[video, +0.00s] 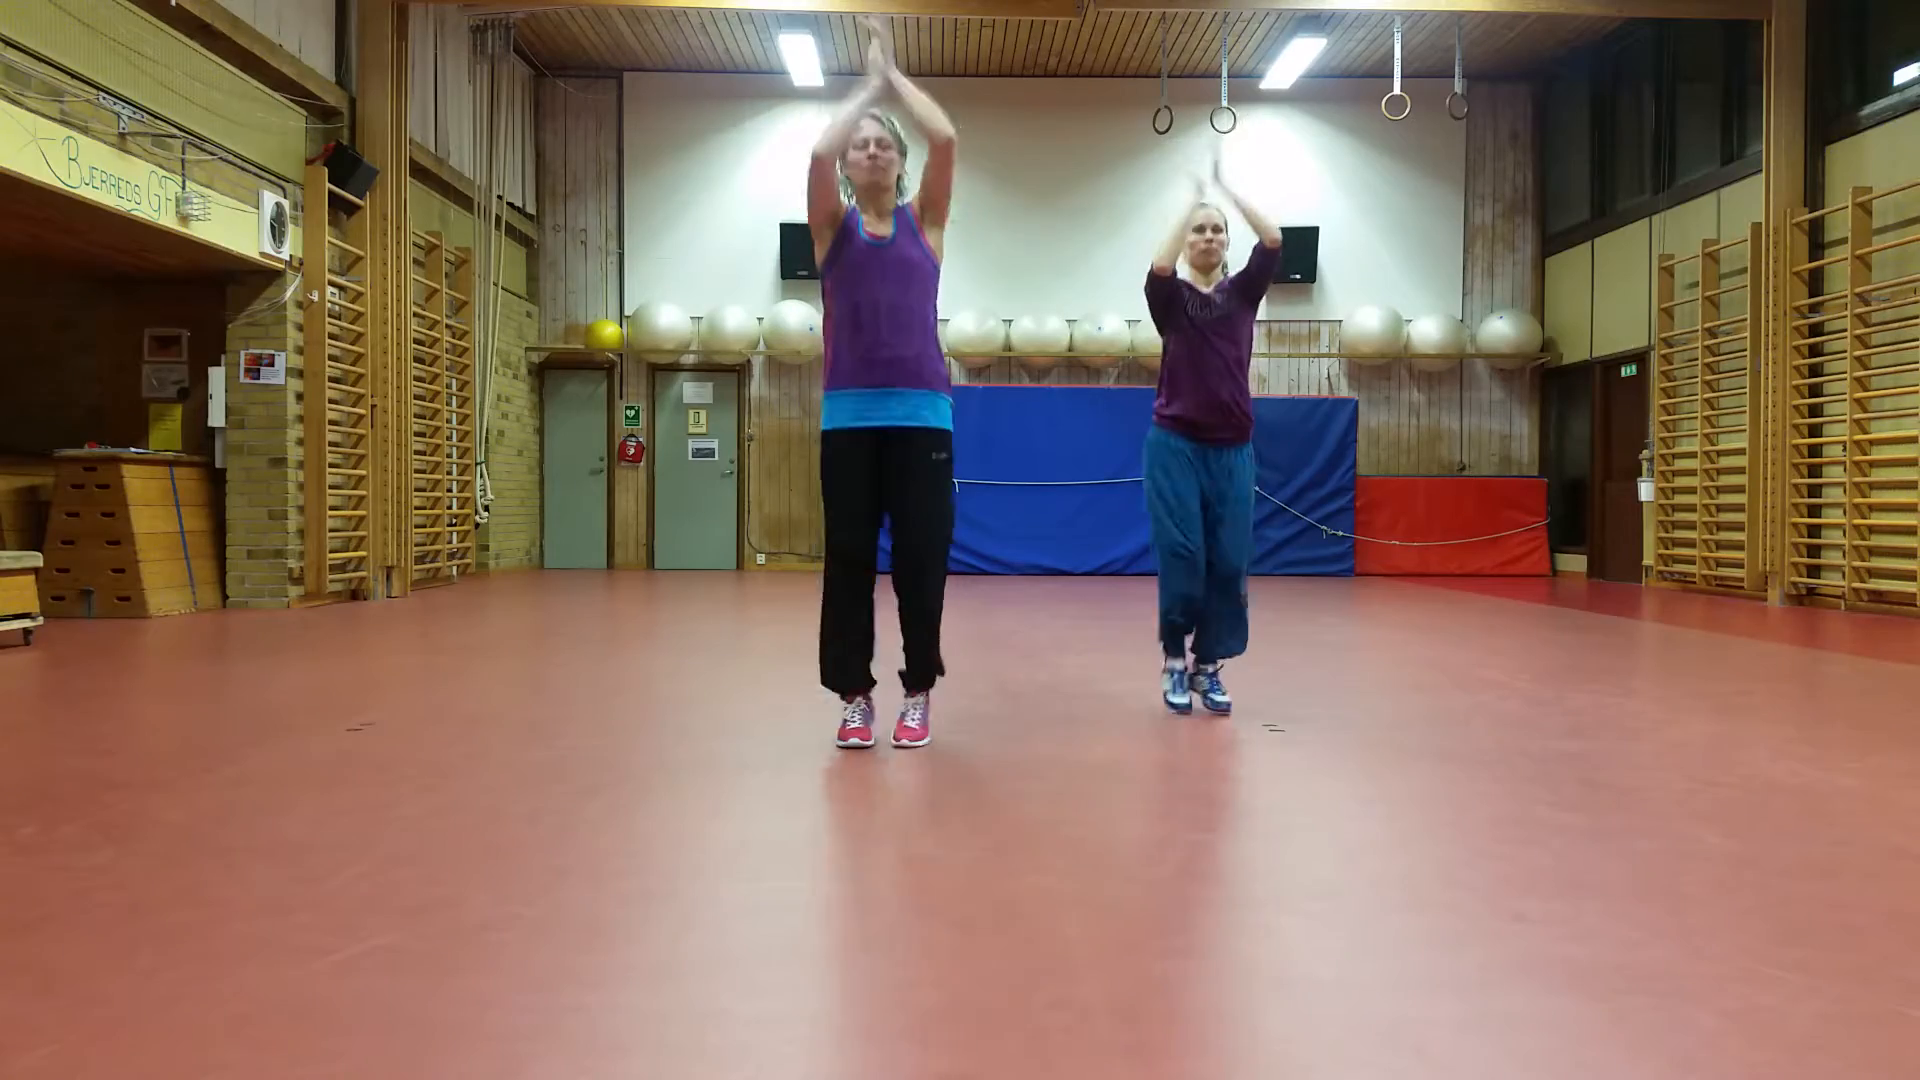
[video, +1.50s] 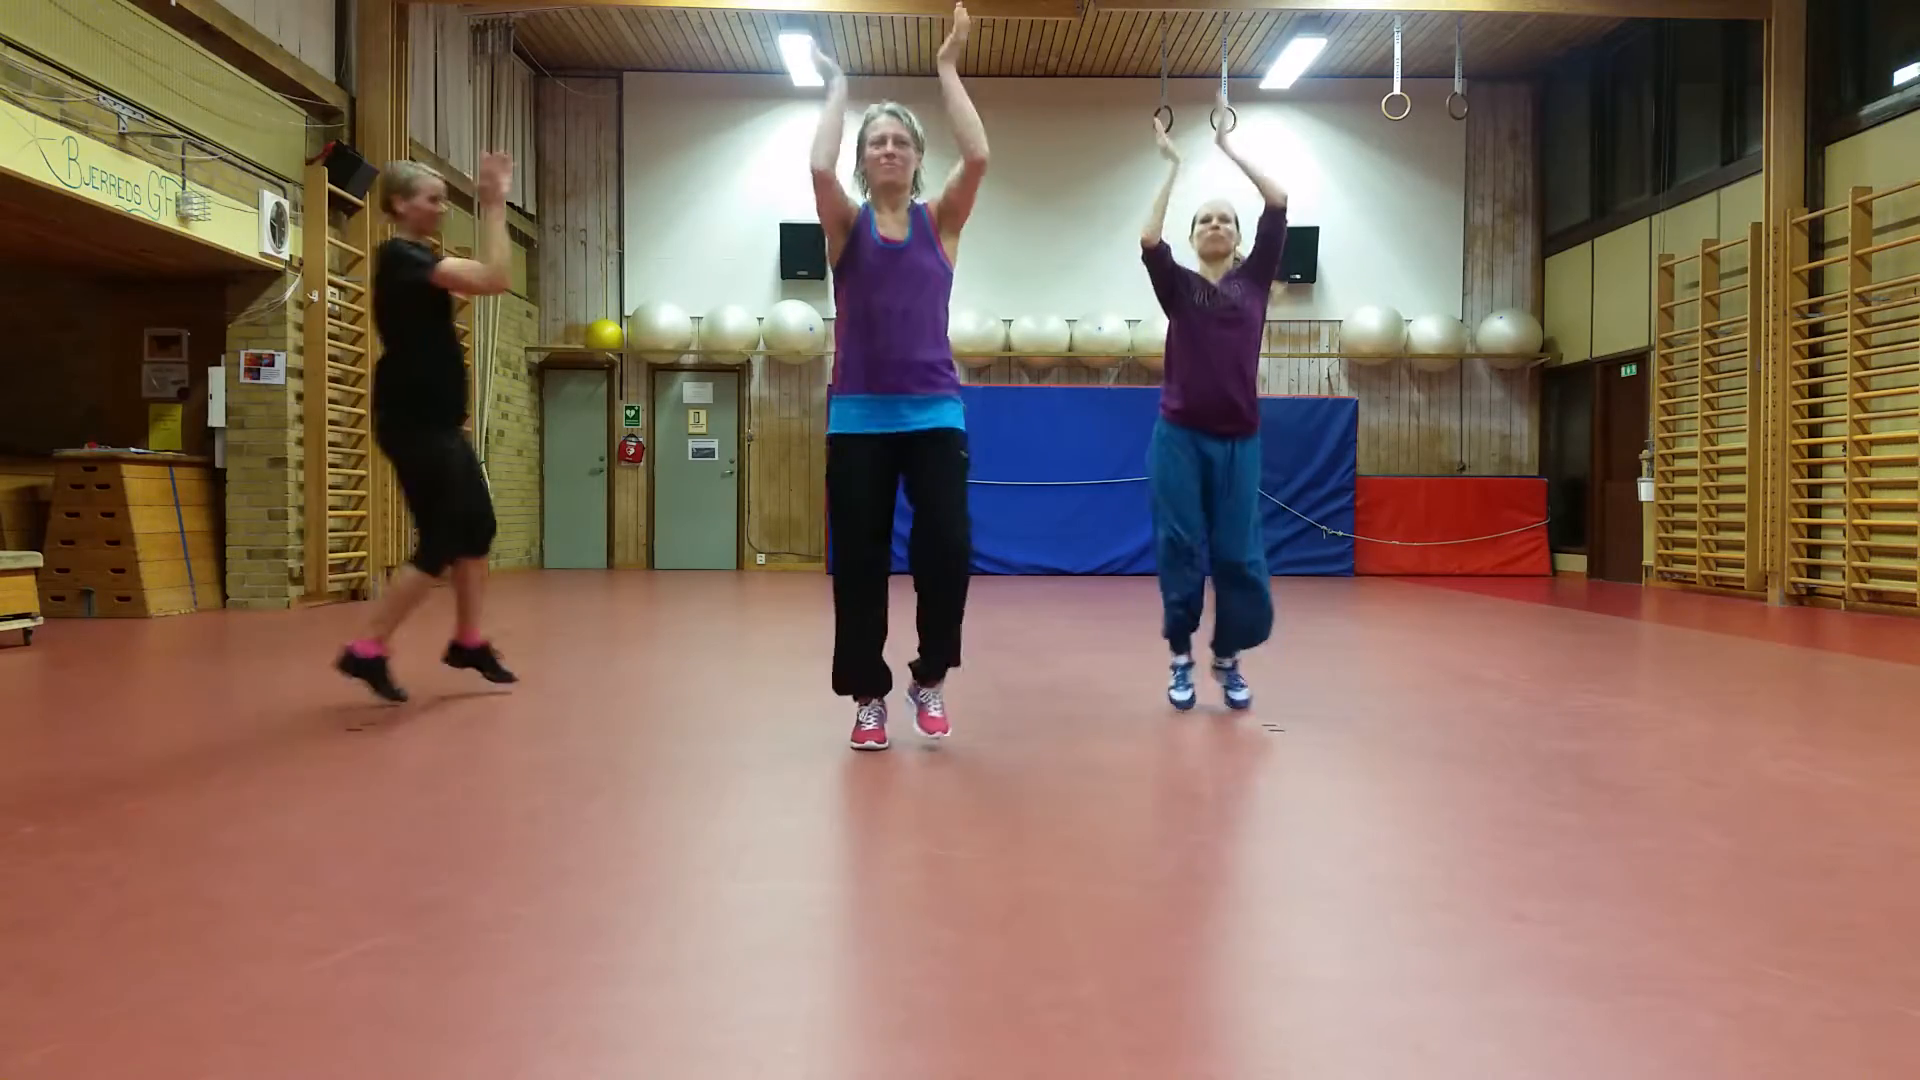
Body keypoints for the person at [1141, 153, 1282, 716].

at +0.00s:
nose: (1210, 237)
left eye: (1217, 230)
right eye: (1200, 229)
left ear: (1227, 241)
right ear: (1182, 240)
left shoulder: (1242, 293)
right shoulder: (1169, 298)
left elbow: (1273, 240)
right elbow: (1160, 268)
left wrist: (1225, 189)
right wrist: (1189, 205)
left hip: (1232, 447)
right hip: (1174, 443)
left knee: (1229, 559)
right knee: (1183, 551)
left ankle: (1209, 668)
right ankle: (1175, 661)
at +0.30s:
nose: (1214, 224)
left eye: (1222, 219)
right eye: (1205, 217)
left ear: (1231, 233)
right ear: (1187, 229)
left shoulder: (1241, 280)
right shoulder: (1170, 287)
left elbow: (1280, 220)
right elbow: (1170, 245)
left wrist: (1239, 160)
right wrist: (1189, 179)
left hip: (1245, 437)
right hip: (1187, 438)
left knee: (1252, 550)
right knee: (1179, 551)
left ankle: (1242, 659)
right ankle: (1178, 664)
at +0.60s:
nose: (1230, 236)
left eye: (1238, 232)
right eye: (1220, 229)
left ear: (1245, 248)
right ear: (1199, 242)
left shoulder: (1253, 297)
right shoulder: (1179, 300)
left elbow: (1292, 227)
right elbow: (1156, 249)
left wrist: (1253, 159)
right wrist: (1189, 180)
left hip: (1249, 452)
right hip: (1190, 451)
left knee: (1256, 568)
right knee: (1192, 556)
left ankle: (1254, 676)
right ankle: (1204, 662)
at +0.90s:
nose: (1208, 256)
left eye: (1216, 251)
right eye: (1198, 251)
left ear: (1228, 265)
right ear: (1183, 264)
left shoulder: (1244, 313)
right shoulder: (1170, 321)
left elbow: (1276, 234)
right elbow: (1151, 268)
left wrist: (1219, 186)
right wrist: (1192, 194)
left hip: (1231, 469)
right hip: (1173, 466)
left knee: (1232, 580)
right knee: (1165, 577)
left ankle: (1213, 674)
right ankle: (1169, 675)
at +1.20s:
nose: (1218, 247)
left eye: (1226, 242)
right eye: (1208, 241)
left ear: (1238, 256)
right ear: (1194, 254)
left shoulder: (1252, 303)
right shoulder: (1178, 304)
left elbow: (1283, 222)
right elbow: (1157, 254)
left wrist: (1228, 180)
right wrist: (1203, 192)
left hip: (1250, 455)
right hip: (1189, 456)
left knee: (1255, 569)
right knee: (1190, 568)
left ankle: (1248, 670)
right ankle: (1208, 670)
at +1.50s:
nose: (1216, 226)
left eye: (1225, 221)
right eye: (1206, 221)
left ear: (1239, 236)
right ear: (1192, 236)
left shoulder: (1252, 284)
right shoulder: (1179, 286)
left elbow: (1278, 201)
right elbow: (1149, 240)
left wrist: (1228, 144)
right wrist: (1170, 165)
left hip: (1238, 438)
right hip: (1181, 434)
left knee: (1239, 552)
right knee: (1181, 547)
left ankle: (1227, 658)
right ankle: (1180, 658)